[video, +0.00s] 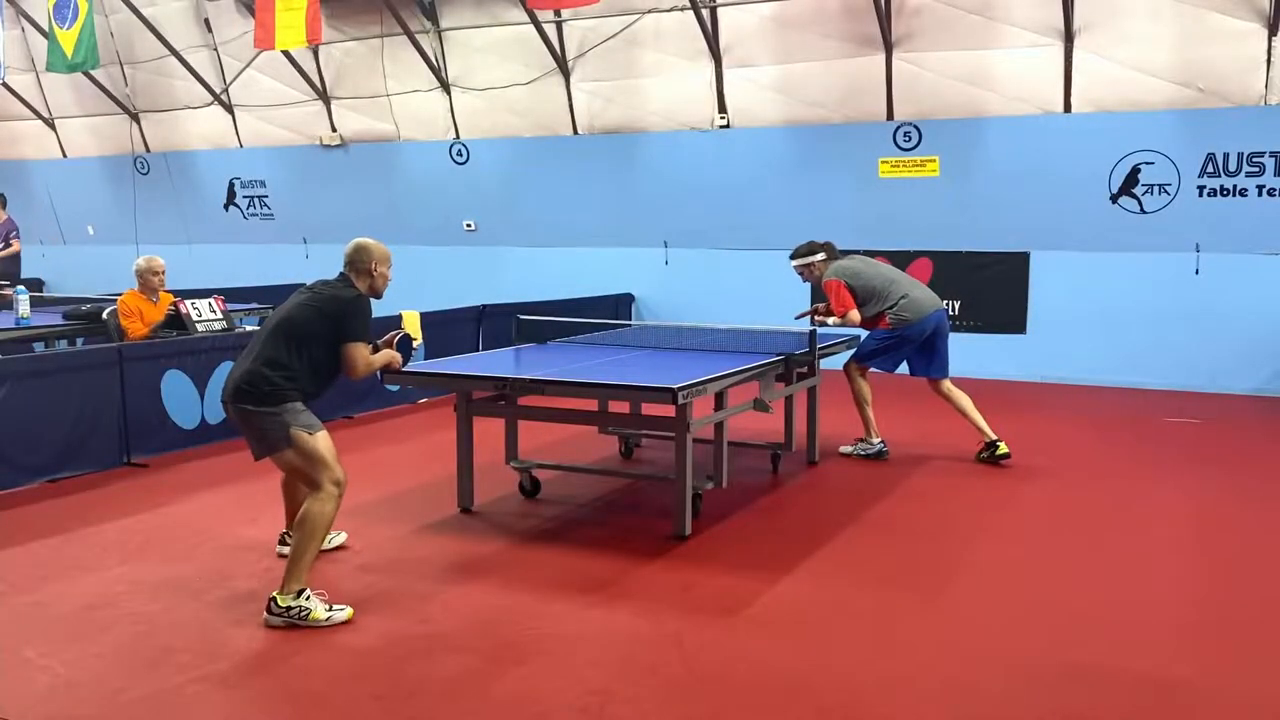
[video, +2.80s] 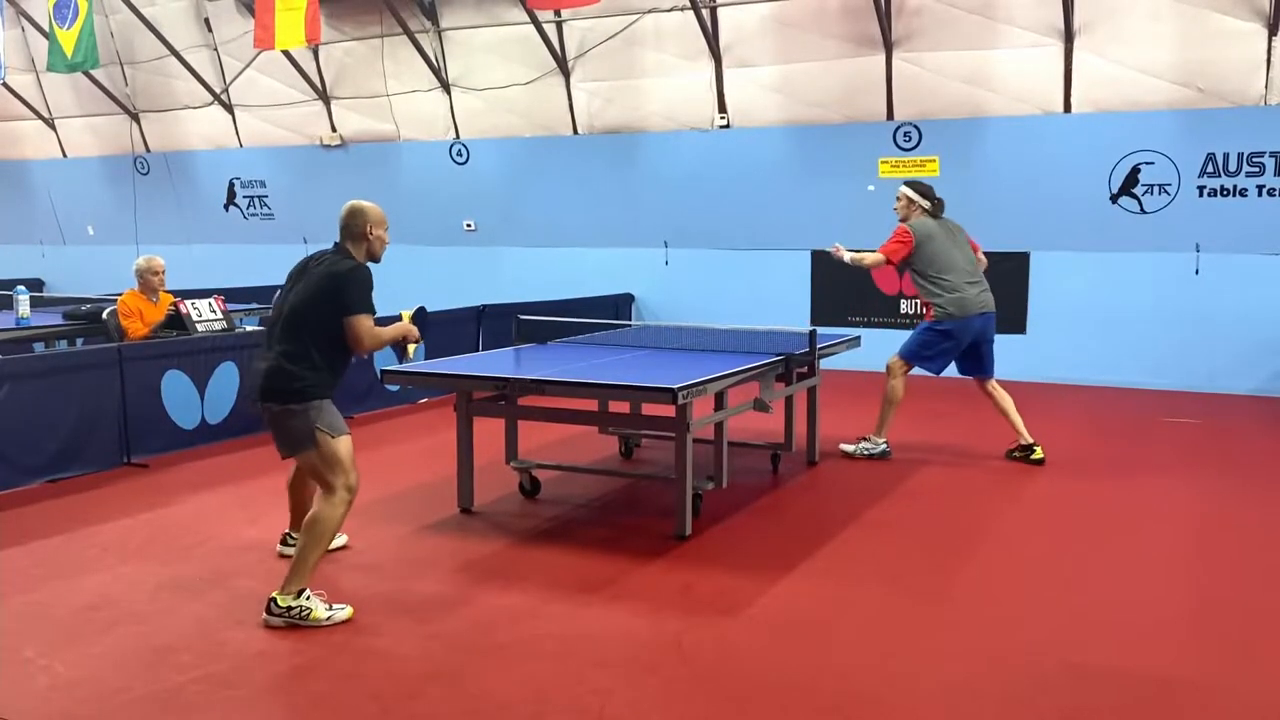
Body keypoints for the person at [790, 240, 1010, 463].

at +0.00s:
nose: (803, 279)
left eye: (803, 272)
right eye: (800, 274)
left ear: (816, 264)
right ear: (824, 258)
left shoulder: (832, 277)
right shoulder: (855, 262)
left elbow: (853, 319)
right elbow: (871, 311)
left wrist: (832, 319)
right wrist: (832, 310)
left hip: (907, 317)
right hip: (936, 311)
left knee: (854, 369)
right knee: (941, 383)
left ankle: (872, 440)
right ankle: (993, 441)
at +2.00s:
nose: (813, 272)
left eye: (814, 266)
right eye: (810, 267)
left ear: (830, 261)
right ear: (838, 257)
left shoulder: (843, 277)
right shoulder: (869, 262)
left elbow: (859, 321)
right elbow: (879, 301)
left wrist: (833, 322)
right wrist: (839, 308)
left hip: (908, 331)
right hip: (937, 325)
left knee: (848, 372)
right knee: (958, 391)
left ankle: (873, 441)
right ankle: (1020, 438)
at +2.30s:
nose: (839, 249)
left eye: (842, 243)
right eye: (838, 243)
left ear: (860, 240)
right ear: (866, 238)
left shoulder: (868, 259)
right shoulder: (896, 249)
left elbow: (858, 309)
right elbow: (894, 292)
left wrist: (827, 316)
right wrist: (858, 285)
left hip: (921, 327)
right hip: (952, 323)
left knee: (858, 367)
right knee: (967, 392)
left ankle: (873, 440)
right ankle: (1025, 441)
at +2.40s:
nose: (854, 237)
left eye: (856, 231)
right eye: (852, 231)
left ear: (874, 230)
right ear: (884, 229)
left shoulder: (877, 251)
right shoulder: (909, 243)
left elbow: (858, 295)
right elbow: (898, 281)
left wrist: (827, 293)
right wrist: (864, 266)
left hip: (927, 324)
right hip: (959, 321)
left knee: (865, 366)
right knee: (971, 390)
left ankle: (873, 440)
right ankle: (1026, 442)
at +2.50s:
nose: (867, 227)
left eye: (870, 221)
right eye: (866, 221)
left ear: (888, 222)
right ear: (894, 221)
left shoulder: (888, 244)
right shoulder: (921, 237)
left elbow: (857, 281)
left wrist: (831, 258)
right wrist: (873, 264)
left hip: (933, 321)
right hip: (966, 318)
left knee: (873, 364)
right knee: (976, 387)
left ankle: (873, 440)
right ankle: (1026, 442)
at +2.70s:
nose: (888, 210)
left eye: (893, 204)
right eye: (890, 204)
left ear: (910, 208)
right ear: (917, 209)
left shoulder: (906, 232)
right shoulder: (944, 228)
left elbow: (866, 262)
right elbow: (943, 266)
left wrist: (841, 251)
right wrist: (911, 283)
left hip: (948, 317)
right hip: (981, 313)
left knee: (892, 367)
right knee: (984, 382)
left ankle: (875, 440)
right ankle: (1027, 442)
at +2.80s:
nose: (895, 205)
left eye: (900, 200)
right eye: (897, 199)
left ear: (917, 205)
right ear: (925, 206)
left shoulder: (909, 230)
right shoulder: (953, 226)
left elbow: (872, 260)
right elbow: (981, 261)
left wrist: (845, 256)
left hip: (951, 314)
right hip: (985, 311)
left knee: (896, 367)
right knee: (987, 382)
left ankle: (877, 440)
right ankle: (1027, 442)